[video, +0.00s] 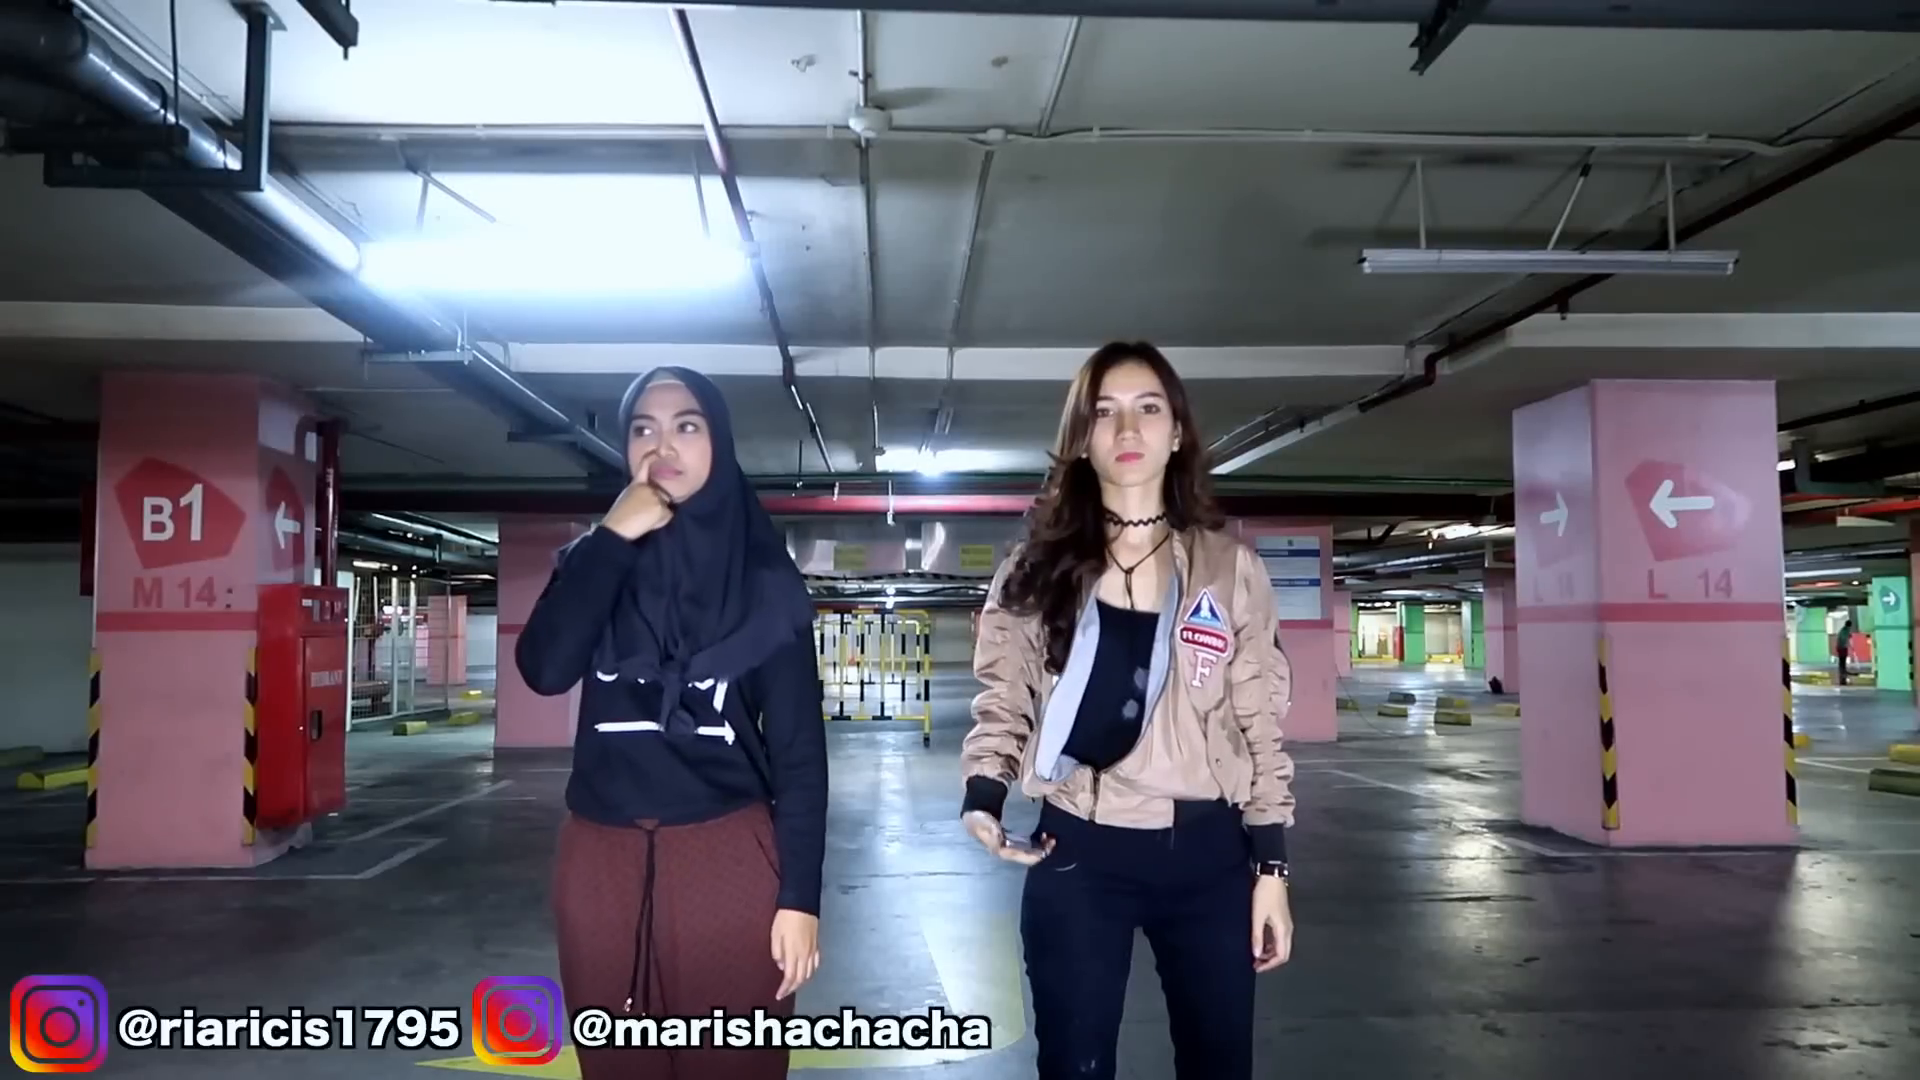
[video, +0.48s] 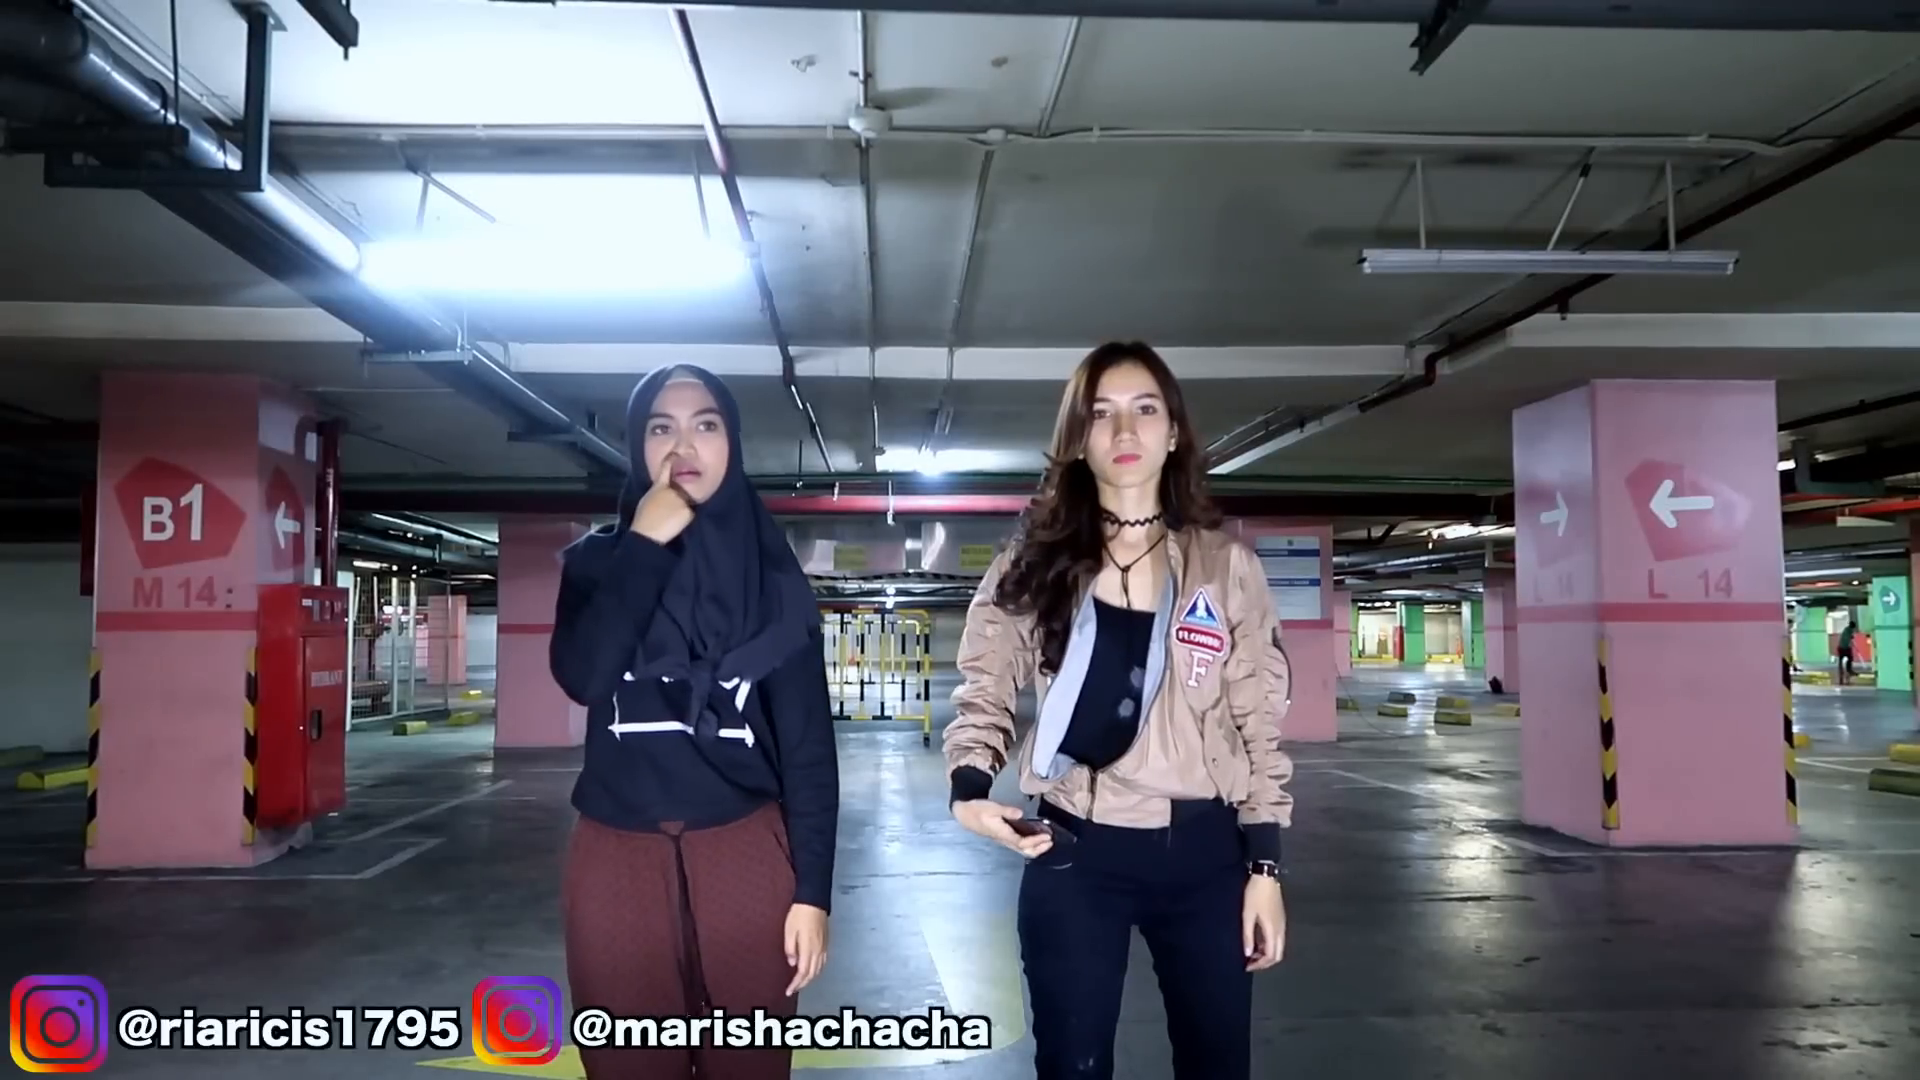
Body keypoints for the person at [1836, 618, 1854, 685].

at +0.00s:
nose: (1850, 627)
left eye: (1850, 625)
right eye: (1850, 625)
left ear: (1845, 624)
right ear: (1850, 625)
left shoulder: (1843, 630)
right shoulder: (1846, 631)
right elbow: (1848, 642)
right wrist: (1852, 650)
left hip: (1840, 650)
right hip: (1843, 650)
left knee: (1842, 666)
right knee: (1843, 666)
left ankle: (1842, 679)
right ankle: (1843, 680)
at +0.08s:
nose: (1850, 627)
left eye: (1850, 626)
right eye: (1850, 626)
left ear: (1846, 624)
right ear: (1850, 625)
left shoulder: (1844, 630)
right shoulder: (1846, 631)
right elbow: (1846, 642)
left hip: (1841, 649)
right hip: (1843, 649)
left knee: (1842, 666)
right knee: (1843, 666)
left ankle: (1842, 679)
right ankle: (1843, 680)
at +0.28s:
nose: (1851, 627)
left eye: (1851, 625)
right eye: (1851, 625)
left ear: (1847, 624)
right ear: (1851, 625)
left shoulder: (1844, 630)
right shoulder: (1847, 630)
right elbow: (1848, 641)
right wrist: (1854, 648)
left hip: (1840, 648)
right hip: (1844, 648)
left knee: (1842, 665)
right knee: (1843, 665)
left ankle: (1842, 679)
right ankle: (1843, 679)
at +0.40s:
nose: (1852, 628)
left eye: (1852, 626)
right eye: (1852, 627)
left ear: (1848, 625)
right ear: (1852, 626)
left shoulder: (1845, 630)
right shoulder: (1848, 631)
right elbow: (1849, 639)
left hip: (1840, 647)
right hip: (1846, 647)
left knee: (1840, 660)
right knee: (1848, 659)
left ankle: (1841, 671)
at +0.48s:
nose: (1854, 628)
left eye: (1853, 627)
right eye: (1854, 627)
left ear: (1849, 625)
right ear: (1853, 626)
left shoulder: (1845, 630)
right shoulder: (1850, 630)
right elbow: (1850, 637)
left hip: (1841, 647)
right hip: (1847, 647)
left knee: (1840, 662)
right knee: (1850, 659)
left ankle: (1840, 677)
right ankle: (1849, 669)